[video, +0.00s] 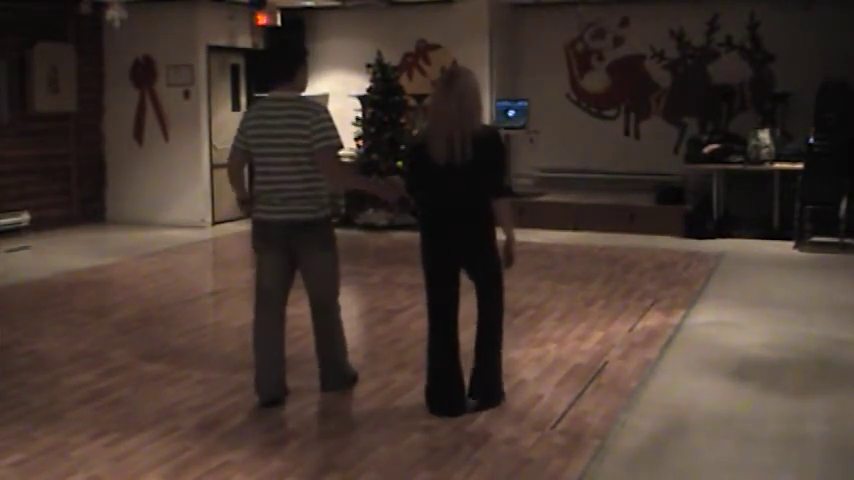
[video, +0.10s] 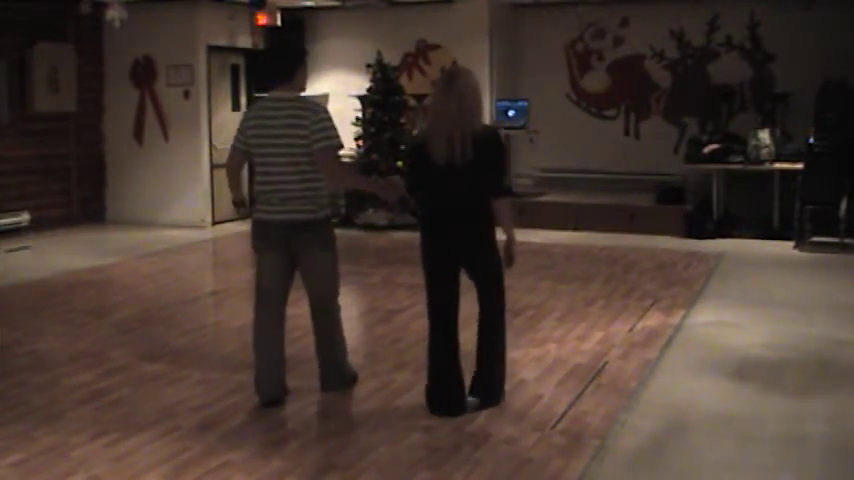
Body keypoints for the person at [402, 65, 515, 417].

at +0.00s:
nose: (475, 103)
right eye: (474, 97)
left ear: (437, 101)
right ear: (475, 101)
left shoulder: (421, 145)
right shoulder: (486, 140)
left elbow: (415, 196)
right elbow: (498, 195)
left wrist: (430, 223)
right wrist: (509, 237)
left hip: (436, 243)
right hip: (477, 241)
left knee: (441, 317)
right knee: (491, 309)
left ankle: (443, 396)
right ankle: (486, 389)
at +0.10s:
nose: (475, 103)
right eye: (474, 97)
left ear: (437, 101)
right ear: (475, 101)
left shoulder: (421, 144)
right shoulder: (486, 140)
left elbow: (416, 196)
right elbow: (498, 195)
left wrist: (430, 222)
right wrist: (509, 237)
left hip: (436, 243)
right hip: (477, 240)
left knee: (441, 317)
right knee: (492, 307)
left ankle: (443, 396)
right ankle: (487, 389)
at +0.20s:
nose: (475, 104)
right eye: (474, 97)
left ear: (437, 102)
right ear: (475, 102)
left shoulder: (422, 146)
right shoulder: (487, 140)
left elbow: (415, 196)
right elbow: (498, 196)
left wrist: (430, 222)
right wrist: (509, 238)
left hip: (436, 243)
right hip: (476, 241)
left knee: (441, 316)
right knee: (489, 309)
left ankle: (442, 395)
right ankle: (487, 389)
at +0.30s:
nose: (476, 104)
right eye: (475, 98)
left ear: (437, 101)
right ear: (475, 101)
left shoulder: (422, 145)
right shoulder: (487, 140)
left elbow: (416, 196)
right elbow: (498, 196)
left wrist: (431, 224)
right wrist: (508, 239)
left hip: (436, 244)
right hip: (476, 242)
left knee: (441, 317)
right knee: (486, 313)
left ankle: (442, 395)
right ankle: (483, 390)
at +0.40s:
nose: (476, 103)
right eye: (475, 97)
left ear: (437, 101)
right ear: (476, 101)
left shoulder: (422, 145)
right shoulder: (487, 140)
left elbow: (415, 196)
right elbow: (498, 196)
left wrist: (431, 223)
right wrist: (508, 238)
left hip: (436, 243)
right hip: (476, 241)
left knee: (441, 319)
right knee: (487, 314)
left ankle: (442, 395)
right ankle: (484, 389)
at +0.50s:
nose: (477, 103)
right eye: (476, 97)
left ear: (437, 101)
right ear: (476, 101)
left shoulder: (422, 144)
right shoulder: (487, 140)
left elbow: (415, 195)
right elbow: (498, 196)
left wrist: (431, 221)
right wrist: (509, 238)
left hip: (436, 242)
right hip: (476, 240)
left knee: (441, 316)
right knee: (492, 299)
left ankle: (443, 397)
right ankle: (487, 384)